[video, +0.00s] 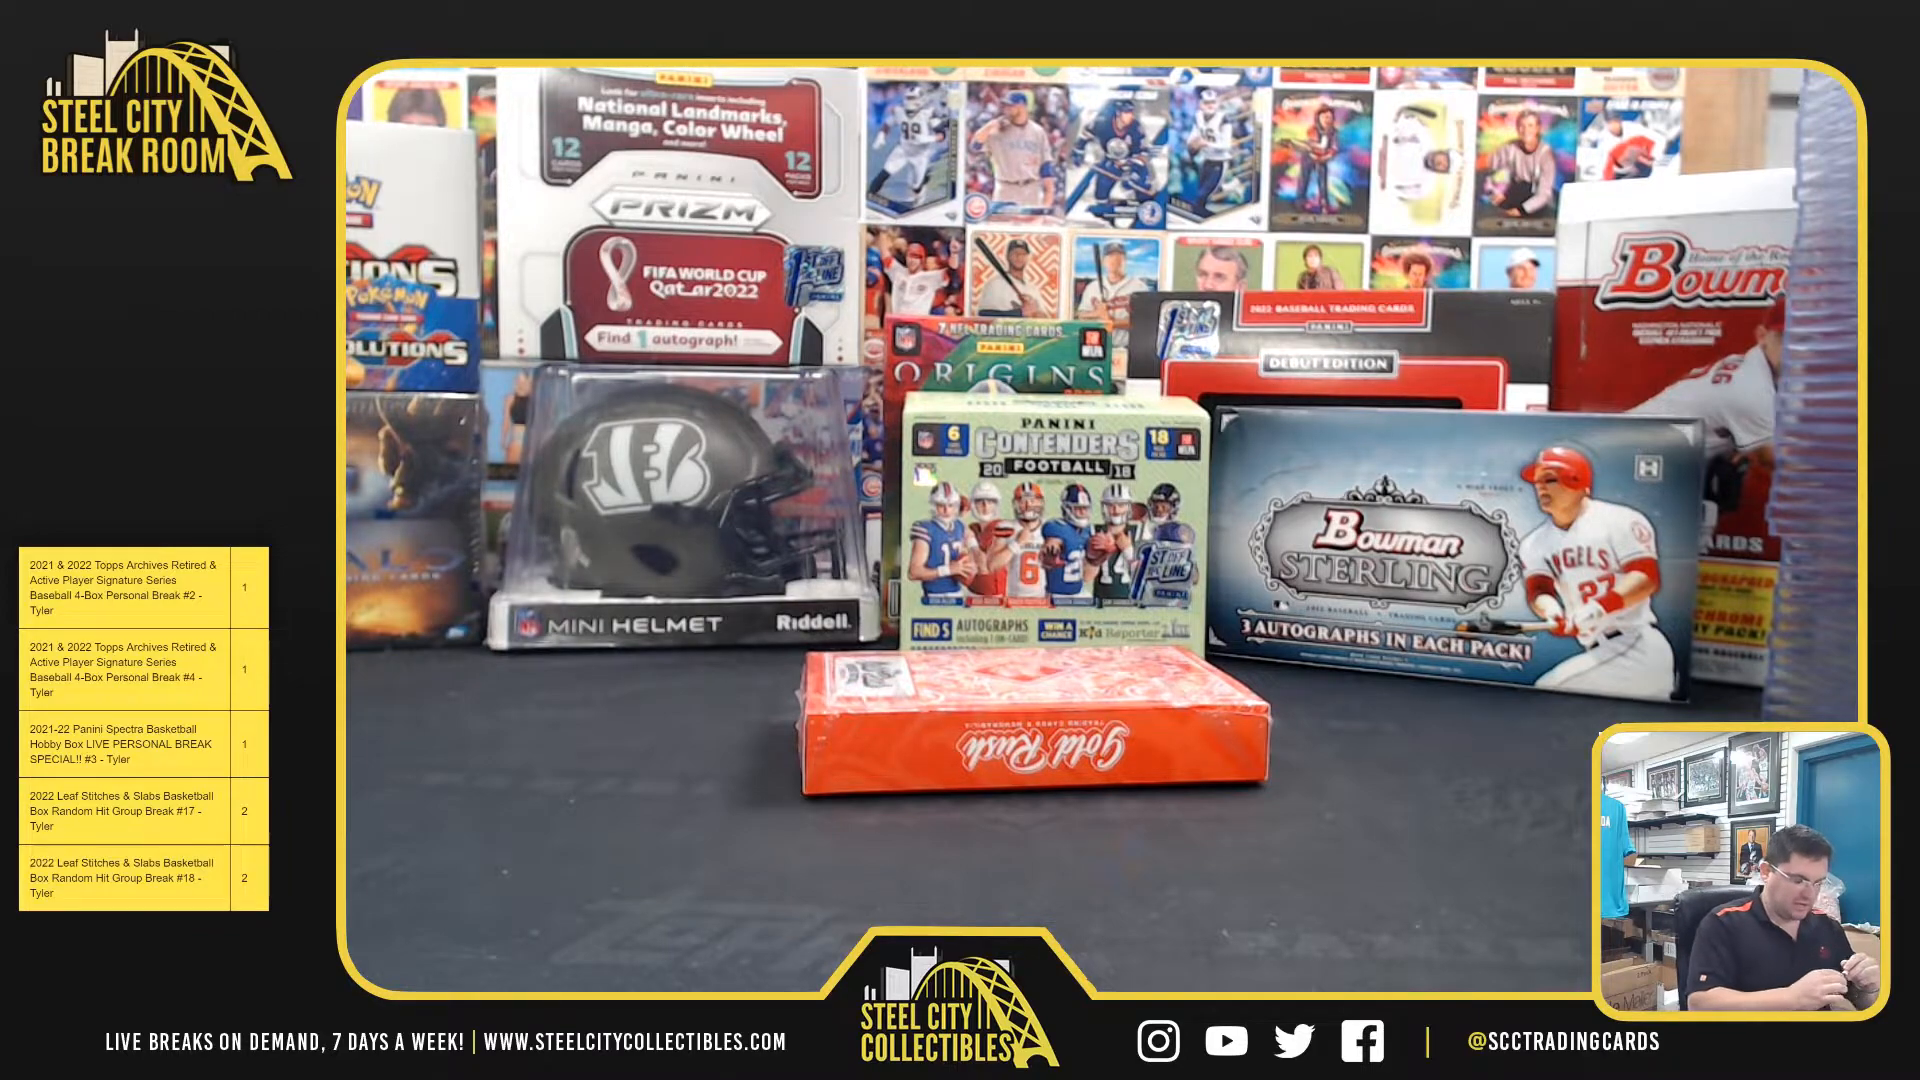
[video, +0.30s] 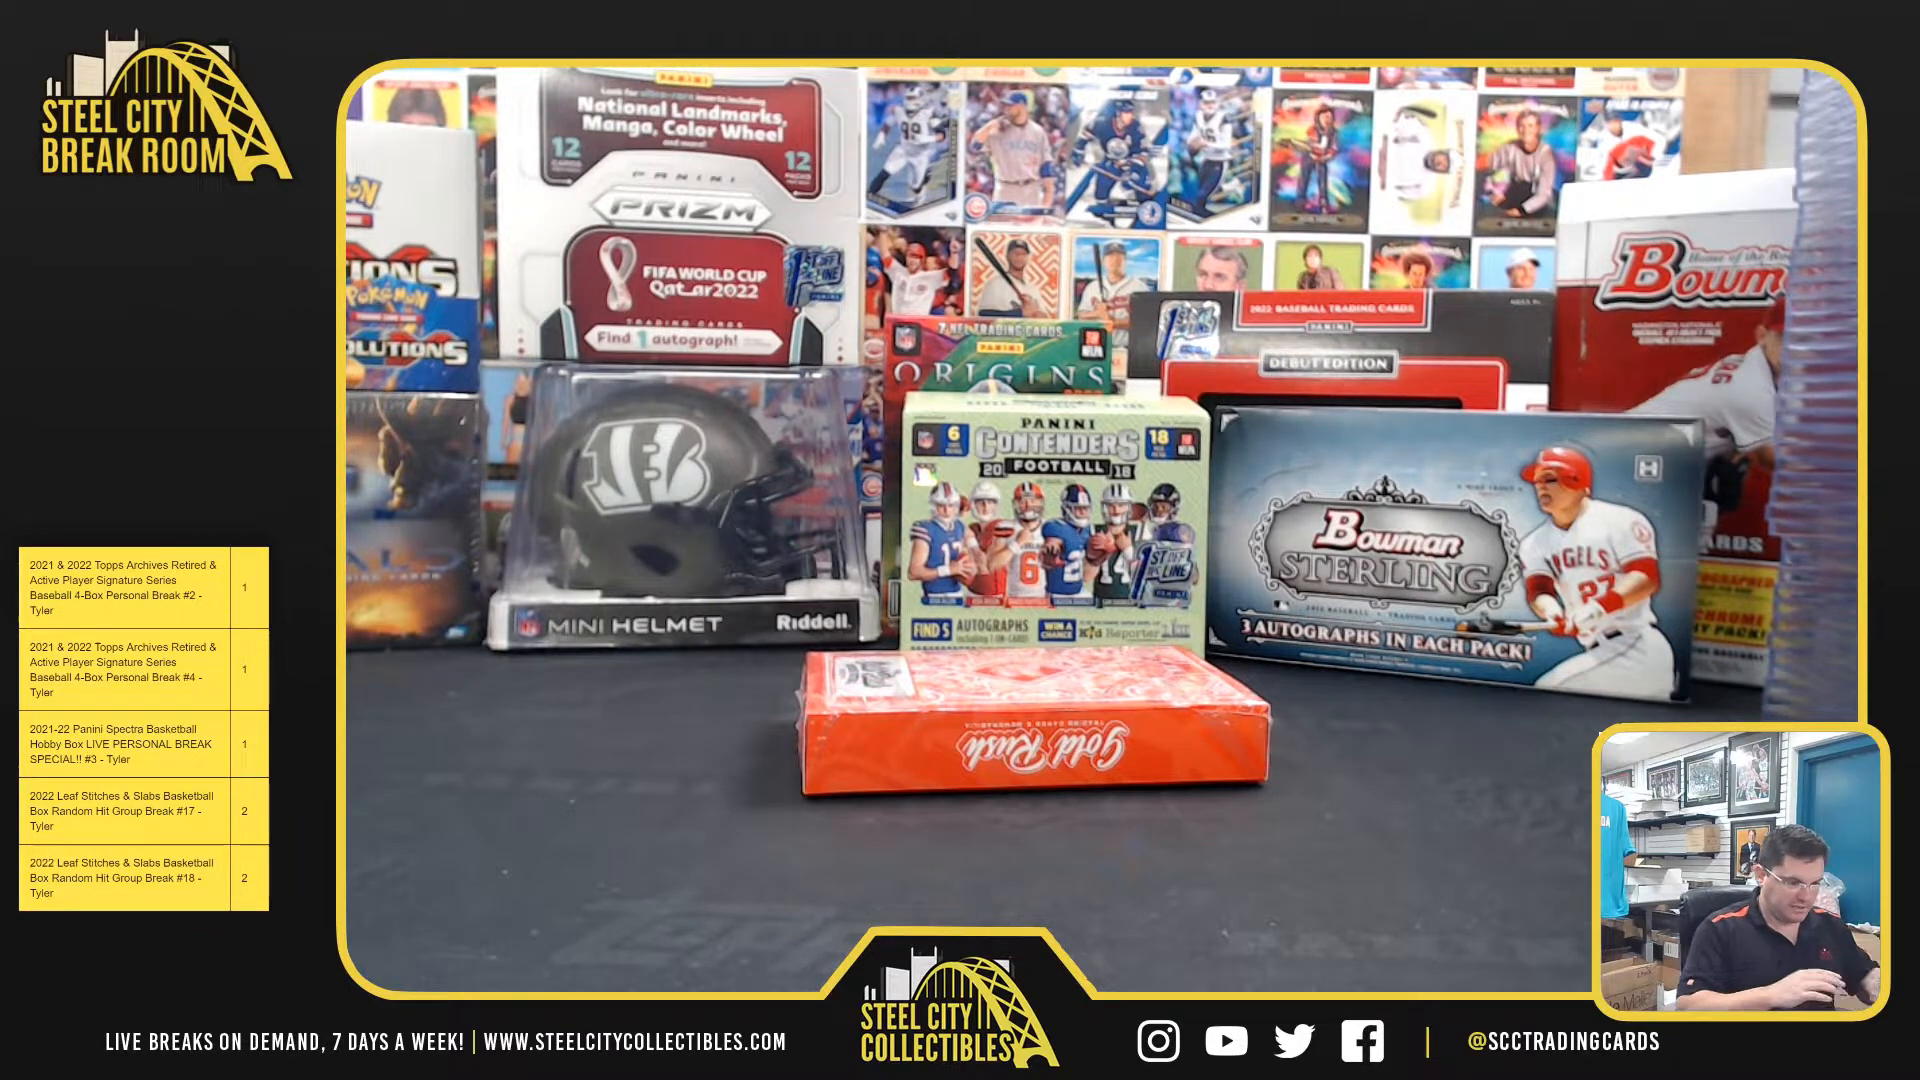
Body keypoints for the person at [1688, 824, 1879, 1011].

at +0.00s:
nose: (1809, 894)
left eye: (1818, 883)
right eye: (1798, 880)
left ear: (1823, 881)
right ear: (1766, 872)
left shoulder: (1828, 929)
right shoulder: (1721, 925)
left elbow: (1859, 1005)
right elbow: (1700, 1001)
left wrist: (1867, 987)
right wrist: (1791, 997)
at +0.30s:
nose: (1806, 896)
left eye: (1814, 884)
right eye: (1793, 882)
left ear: (1821, 880)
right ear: (1761, 875)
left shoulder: (1830, 927)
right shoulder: (1718, 930)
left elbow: (1866, 976)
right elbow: (1688, 1004)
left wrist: (1880, 990)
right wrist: (1771, 995)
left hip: (1823, 1049)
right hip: (1742, 1052)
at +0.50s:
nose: (1816, 909)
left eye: (1824, 894)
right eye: (1801, 895)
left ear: (1829, 886)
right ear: (1763, 885)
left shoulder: (1833, 931)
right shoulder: (1717, 947)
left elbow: (1865, 971)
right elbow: (1680, 1019)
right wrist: (1750, 1011)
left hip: (1824, 1059)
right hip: (1746, 1064)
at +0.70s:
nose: (1837, 928)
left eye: (1845, 910)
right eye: (1819, 912)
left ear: (1851, 901)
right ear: (1772, 900)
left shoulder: (1845, 936)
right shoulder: (1728, 958)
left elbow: (1895, 977)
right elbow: (1706, 1026)